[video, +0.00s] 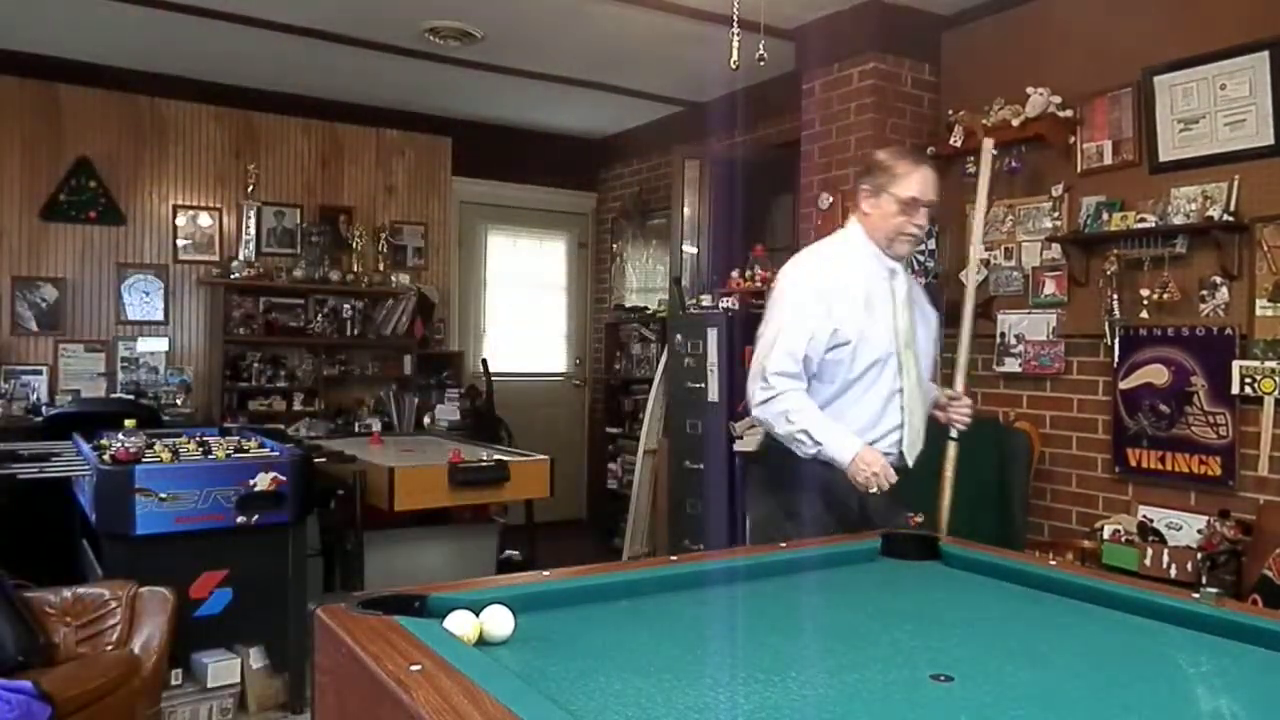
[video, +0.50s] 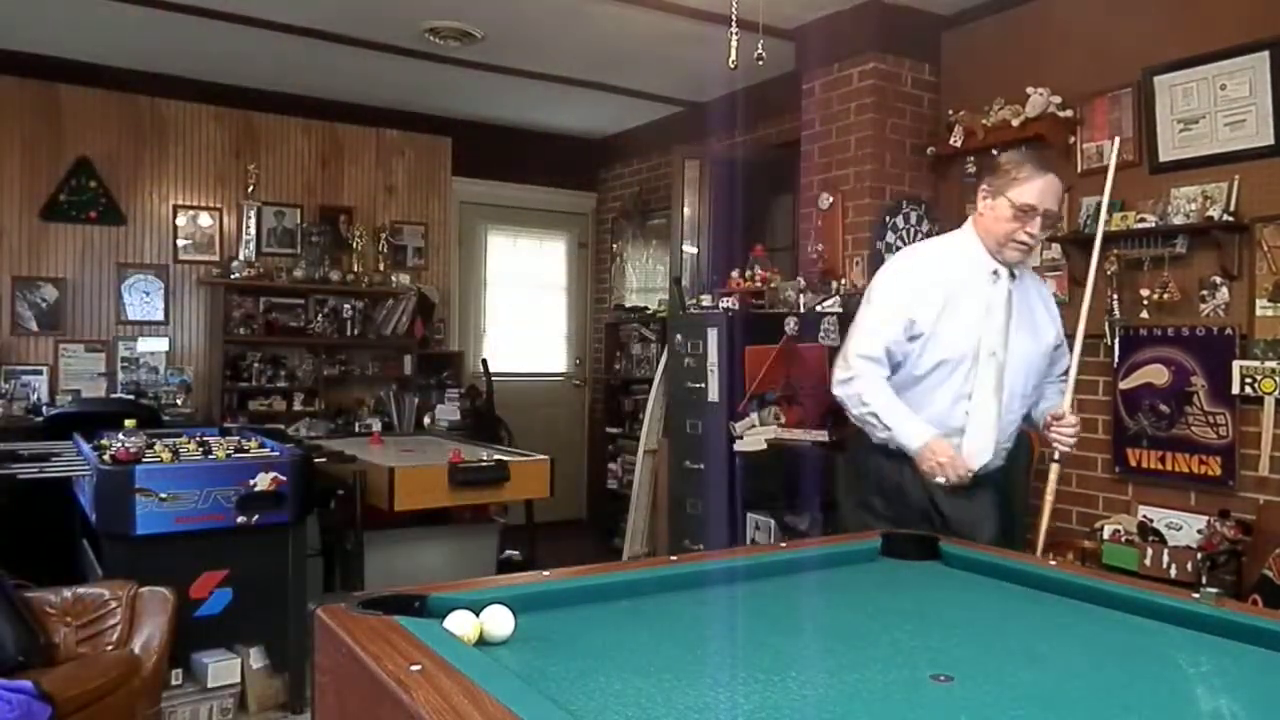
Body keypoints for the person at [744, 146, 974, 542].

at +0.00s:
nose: (921, 222)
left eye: (928, 210)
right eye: (909, 206)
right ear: (867, 200)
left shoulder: (910, 289)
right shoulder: (813, 273)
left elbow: (887, 375)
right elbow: (771, 390)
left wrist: (934, 399)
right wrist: (849, 451)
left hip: (880, 480)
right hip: (806, 478)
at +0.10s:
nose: (954, 226)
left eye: (963, 215)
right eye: (943, 209)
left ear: (969, 220)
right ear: (903, 202)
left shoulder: (950, 299)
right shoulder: (841, 274)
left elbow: (919, 378)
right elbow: (783, 382)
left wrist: (964, 407)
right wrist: (849, 448)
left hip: (911, 488)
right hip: (828, 485)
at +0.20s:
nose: (985, 227)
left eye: (995, 217)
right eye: (975, 209)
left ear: (1001, 222)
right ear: (935, 199)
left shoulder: (983, 303)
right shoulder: (865, 270)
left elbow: (982, 386)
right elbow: (801, 374)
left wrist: (999, 415)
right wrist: (859, 440)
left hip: (936, 490)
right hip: (851, 482)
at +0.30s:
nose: (1007, 223)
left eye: (1017, 215)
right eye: (997, 205)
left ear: (1021, 220)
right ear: (957, 195)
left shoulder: (1005, 298)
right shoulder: (886, 265)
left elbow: (1012, 379)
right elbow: (818, 366)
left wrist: (1022, 413)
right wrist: (875, 435)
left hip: (956, 488)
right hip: (866, 479)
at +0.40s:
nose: (1021, 225)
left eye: (1034, 216)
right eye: (1011, 207)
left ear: (1040, 220)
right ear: (972, 196)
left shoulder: (1025, 298)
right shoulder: (902, 264)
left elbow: (1036, 378)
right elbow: (835, 366)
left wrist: (1040, 415)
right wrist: (894, 435)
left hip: (967, 490)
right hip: (878, 482)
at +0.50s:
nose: (1034, 232)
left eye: (1047, 221)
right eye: (1023, 212)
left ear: (1054, 224)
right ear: (984, 200)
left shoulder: (1039, 298)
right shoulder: (915, 270)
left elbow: (1047, 381)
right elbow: (854, 374)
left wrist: (1053, 416)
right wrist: (920, 442)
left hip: (984, 491)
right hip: (894, 485)